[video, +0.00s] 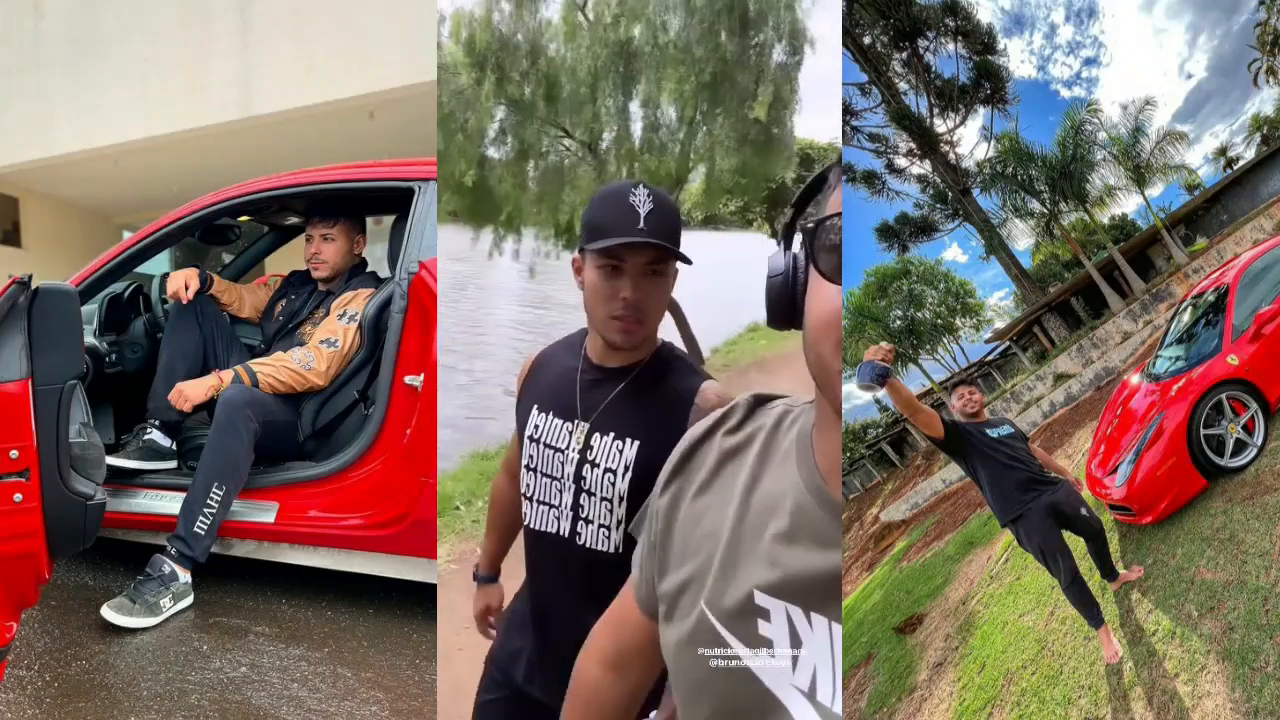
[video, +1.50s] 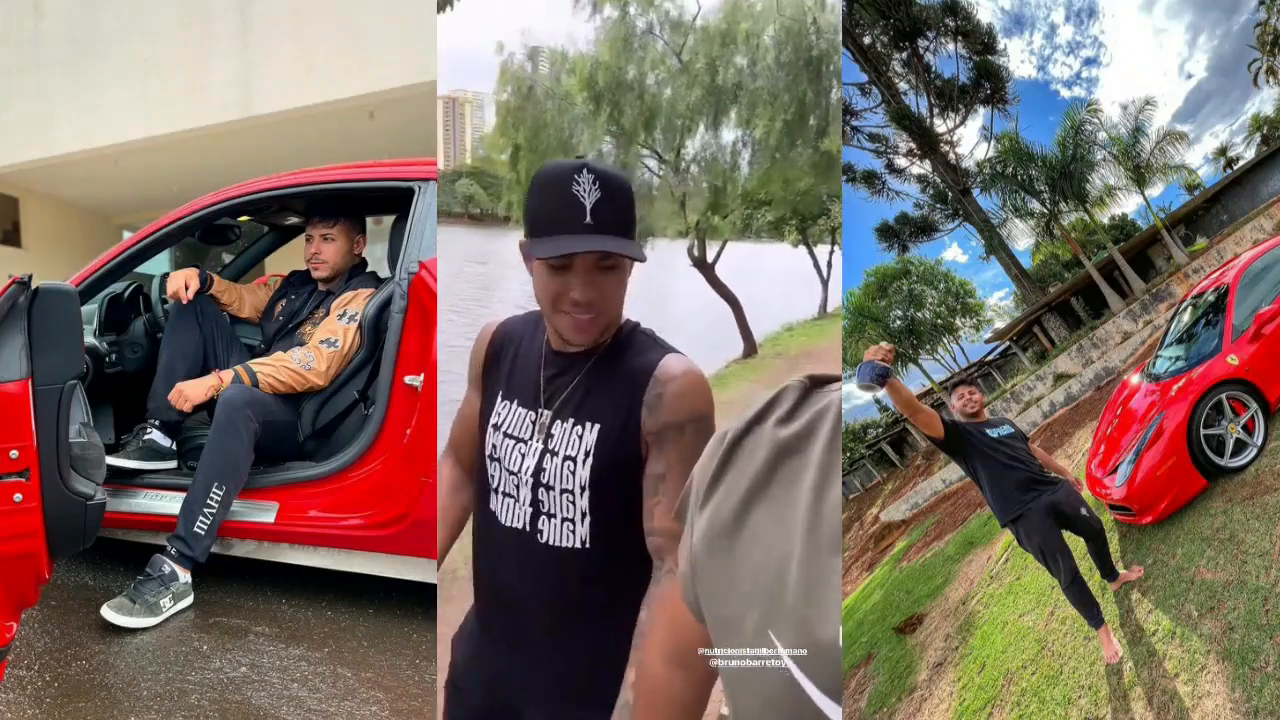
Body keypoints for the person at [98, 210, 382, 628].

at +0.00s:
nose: (315, 249)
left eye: (328, 239)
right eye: (310, 239)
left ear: (358, 245)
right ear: (304, 244)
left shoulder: (361, 297)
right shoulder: (292, 286)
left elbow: (315, 366)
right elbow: (243, 299)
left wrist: (219, 381)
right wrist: (203, 279)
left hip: (315, 411)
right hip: (265, 389)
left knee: (239, 402)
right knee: (196, 303)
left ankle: (177, 568)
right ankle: (161, 433)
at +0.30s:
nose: (314, 250)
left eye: (328, 239)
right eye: (310, 239)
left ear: (358, 245)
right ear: (304, 244)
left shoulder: (362, 297)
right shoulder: (292, 286)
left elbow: (315, 366)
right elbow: (242, 299)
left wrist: (219, 380)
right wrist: (202, 278)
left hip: (316, 410)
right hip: (266, 389)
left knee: (239, 402)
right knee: (196, 303)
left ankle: (177, 568)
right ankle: (161, 433)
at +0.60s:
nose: (314, 250)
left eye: (328, 239)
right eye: (310, 239)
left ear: (358, 245)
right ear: (304, 244)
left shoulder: (362, 297)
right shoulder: (292, 286)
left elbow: (315, 366)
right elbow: (242, 299)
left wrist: (219, 380)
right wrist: (202, 278)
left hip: (317, 410)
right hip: (266, 389)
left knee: (239, 402)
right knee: (196, 303)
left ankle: (177, 568)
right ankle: (161, 433)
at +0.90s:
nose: (314, 250)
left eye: (328, 239)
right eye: (310, 239)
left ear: (358, 245)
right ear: (304, 244)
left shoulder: (362, 297)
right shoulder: (292, 286)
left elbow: (315, 366)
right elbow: (242, 299)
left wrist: (219, 380)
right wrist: (202, 278)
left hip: (317, 410)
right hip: (266, 389)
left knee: (239, 402)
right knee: (196, 303)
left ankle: (177, 568)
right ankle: (161, 433)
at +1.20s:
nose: (315, 249)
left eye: (328, 239)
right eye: (310, 239)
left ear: (358, 245)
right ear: (304, 244)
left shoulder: (361, 297)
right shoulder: (292, 286)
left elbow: (315, 366)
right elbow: (243, 299)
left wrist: (220, 380)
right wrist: (203, 279)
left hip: (315, 410)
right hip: (265, 388)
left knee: (239, 402)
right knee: (196, 303)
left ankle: (177, 568)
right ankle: (161, 433)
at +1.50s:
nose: (314, 250)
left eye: (328, 239)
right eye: (310, 239)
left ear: (358, 245)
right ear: (304, 244)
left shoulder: (362, 297)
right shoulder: (292, 286)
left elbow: (315, 366)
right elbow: (242, 299)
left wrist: (219, 380)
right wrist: (202, 278)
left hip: (316, 410)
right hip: (266, 389)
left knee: (239, 402)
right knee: (196, 303)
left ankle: (177, 568)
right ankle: (161, 433)